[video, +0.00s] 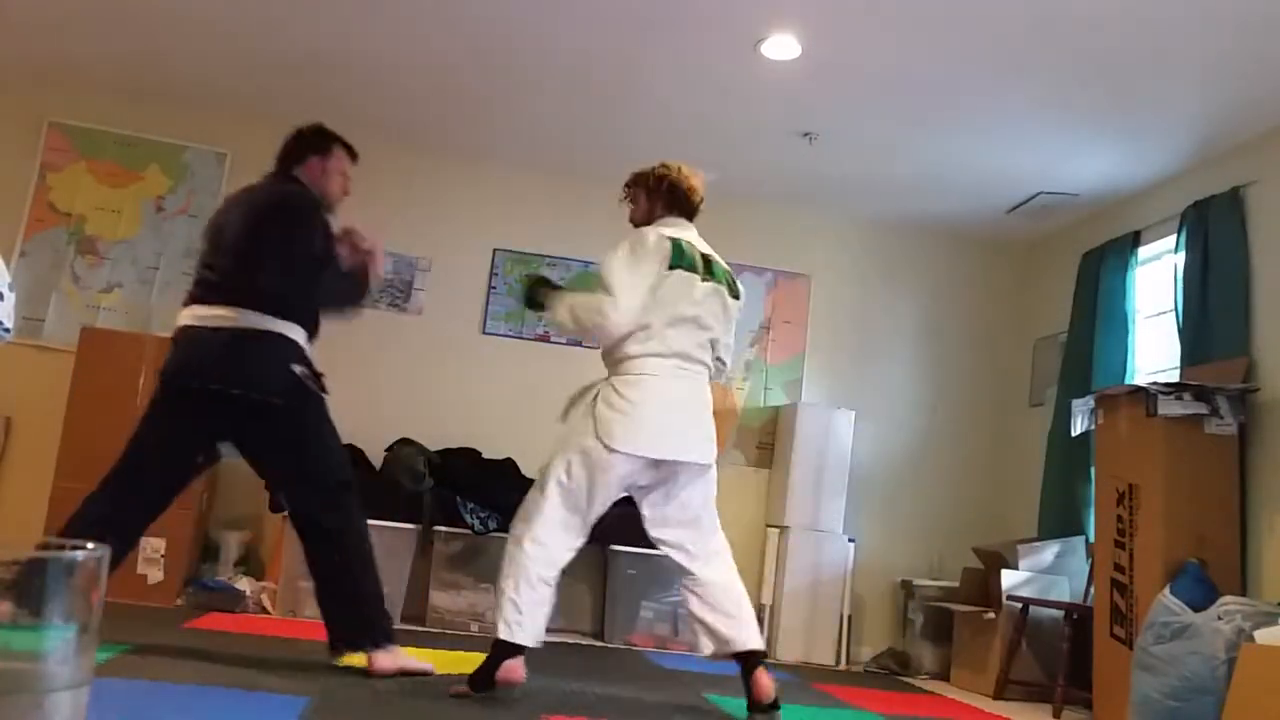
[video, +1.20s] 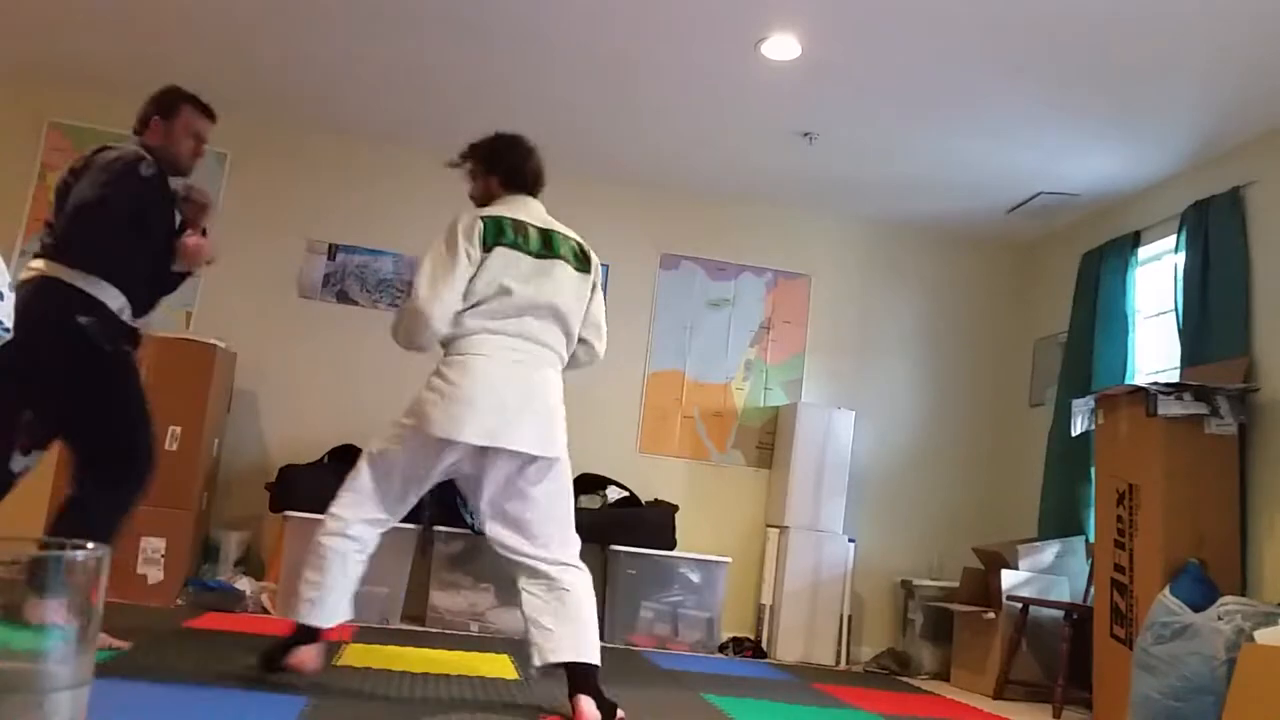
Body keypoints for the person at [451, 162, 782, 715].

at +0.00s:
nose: (628, 210)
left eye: (633, 200)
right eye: (628, 200)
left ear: (659, 199)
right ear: (685, 206)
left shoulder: (645, 243)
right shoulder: (723, 273)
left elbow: (609, 317)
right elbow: (723, 362)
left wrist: (548, 297)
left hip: (630, 413)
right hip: (692, 424)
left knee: (547, 521)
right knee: (702, 545)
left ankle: (509, 651)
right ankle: (755, 669)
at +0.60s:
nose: (613, 239)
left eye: (616, 229)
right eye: (613, 229)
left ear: (636, 229)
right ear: (674, 233)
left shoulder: (629, 273)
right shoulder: (716, 301)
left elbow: (599, 358)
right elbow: (709, 379)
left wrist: (553, 345)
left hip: (618, 436)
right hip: (686, 451)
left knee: (501, 518)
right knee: (707, 576)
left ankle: (446, 647)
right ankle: (758, 704)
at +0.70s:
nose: (571, 231)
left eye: (575, 221)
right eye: (573, 221)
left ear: (595, 223)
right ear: (630, 227)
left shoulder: (576, 272)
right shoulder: (675, 294)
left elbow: (525, 347)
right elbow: (682, 377)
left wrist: (492, 327)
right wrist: (624, 362)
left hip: (575, 440)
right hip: (651, 453)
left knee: (458, 530)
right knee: (680, 573)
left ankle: (367, 645)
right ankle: (754, 692)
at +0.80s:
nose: (516, 224)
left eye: (522, 215)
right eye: (522, 214)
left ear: (534, 221)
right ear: (581, 227)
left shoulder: (504, 273)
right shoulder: (617, 289)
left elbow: (414, 288)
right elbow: (646, 367)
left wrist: (348, 286)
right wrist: (603, 413)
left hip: (530, 448)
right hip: (610, 456)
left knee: (418, 534)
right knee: (650, 563)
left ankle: (354, 664)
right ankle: (735, 671)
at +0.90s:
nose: (466, 227)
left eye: (469, 219)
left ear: (474, 225)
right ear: (533, 228)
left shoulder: (442, 284)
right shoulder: (566, 283)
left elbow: (357, 325)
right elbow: (613, 356)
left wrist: (309, 342)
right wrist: (565, 396)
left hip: (497, 449)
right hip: (580, 451)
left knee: (393, 536)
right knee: (621, 555)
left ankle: (352, 662)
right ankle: (700, 649)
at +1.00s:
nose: (448, 210)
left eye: (450, 201)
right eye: (449, 202)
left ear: (459, 203)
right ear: (515, 203)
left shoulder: (439, 261)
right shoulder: (557, 258)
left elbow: (398, 345)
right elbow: (603, 330)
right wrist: (550, 366)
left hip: (480, 421)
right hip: (560, 424)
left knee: (391, 532)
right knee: (603, 541)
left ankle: (353, 659)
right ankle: (649, 643)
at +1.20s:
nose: (469, 191)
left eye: (473, 180)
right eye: (469, 181)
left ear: (492, 180)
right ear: (534, 183)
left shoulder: (475, 225)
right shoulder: (582, 252)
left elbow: (427, 319)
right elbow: (591, 347)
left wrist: (406, 328)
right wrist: (536, 354)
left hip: (461, 401)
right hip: (539, 418)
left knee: (362, 506)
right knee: (554, 555)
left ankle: (311, 634)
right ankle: (587, 692)